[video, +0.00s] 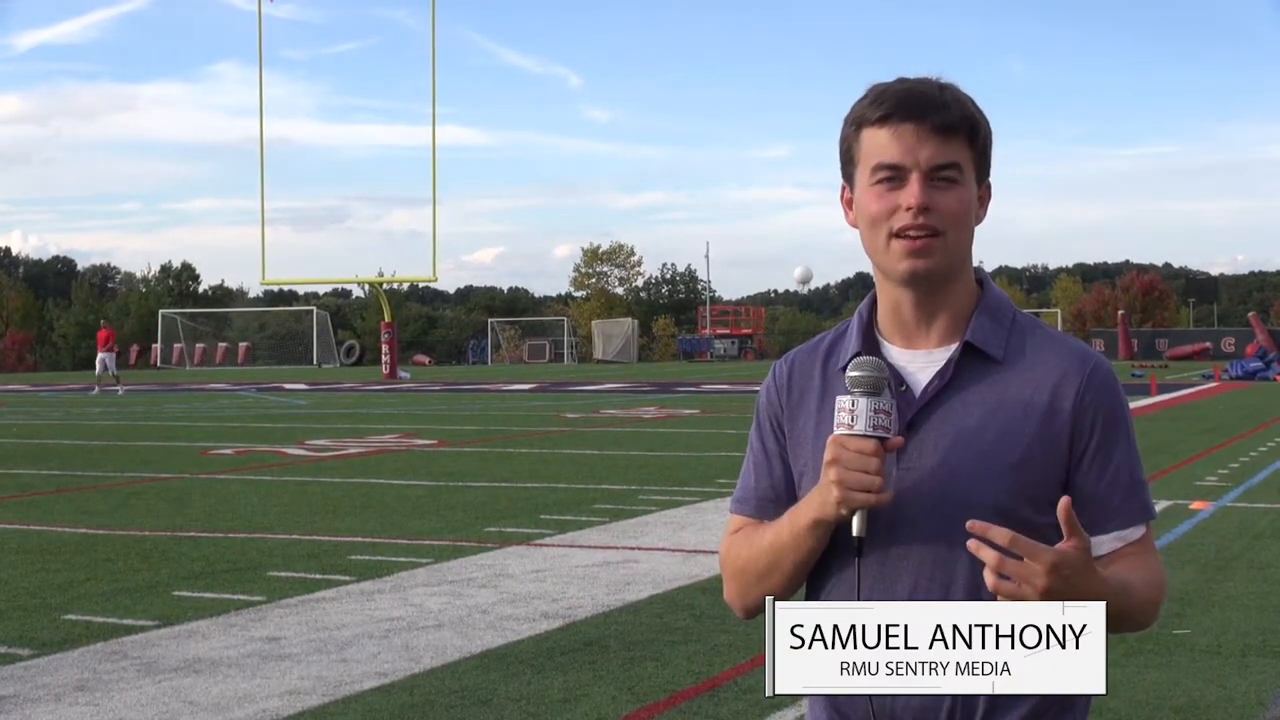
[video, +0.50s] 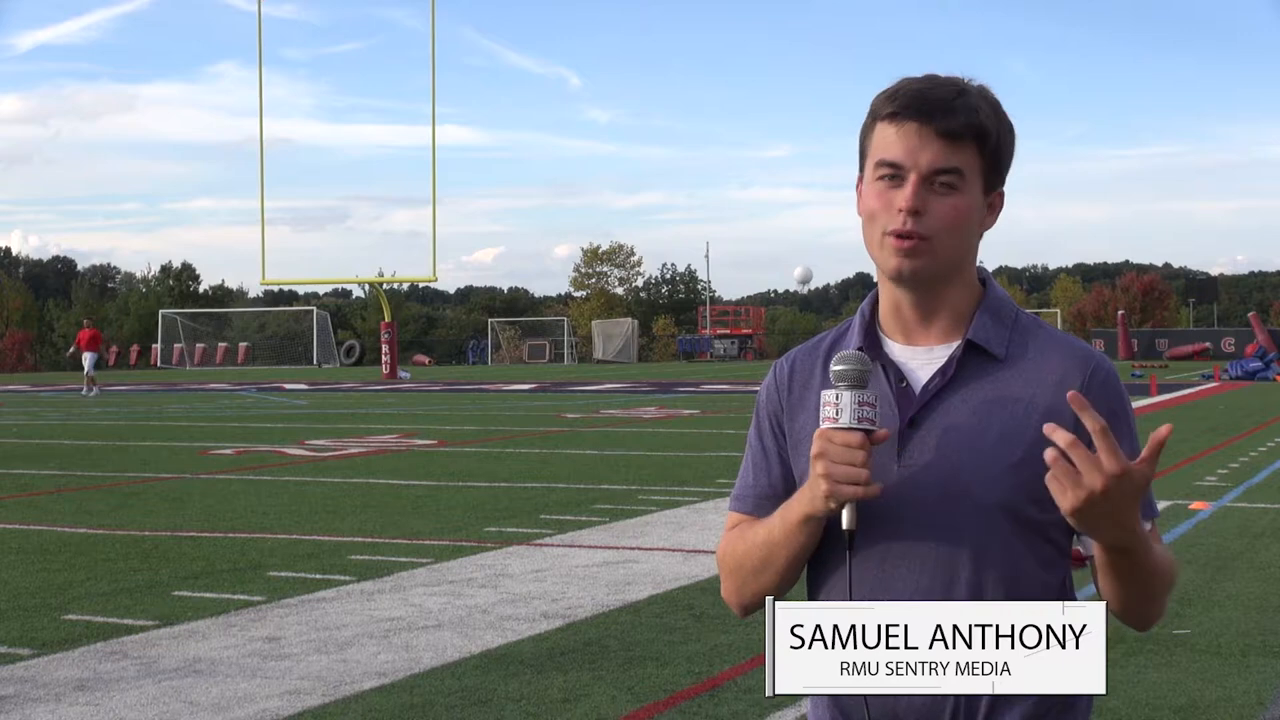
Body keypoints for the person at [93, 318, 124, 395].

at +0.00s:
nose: (103, 325)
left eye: (104, 323)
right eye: (102, 323)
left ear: (107, 324)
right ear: (100, 324)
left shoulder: (110, 332)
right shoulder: (99, 332)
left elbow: (111, 343)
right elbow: (99, 342)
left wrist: (104, 349)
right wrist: (98, 351)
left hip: (109, 353)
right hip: (101, 353)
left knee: (113, 372)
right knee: (98, 372)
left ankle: (120, 387)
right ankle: (97, 388)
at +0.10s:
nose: (98, 323)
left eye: (99, 322)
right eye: (97, 322)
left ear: (102, 322)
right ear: (96, 323)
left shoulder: (106, 331)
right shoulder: (95, 332)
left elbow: (109, 342)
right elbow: (94, 342)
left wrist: (104, 350)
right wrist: (94, 351)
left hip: (104, 353)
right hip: (96, 353)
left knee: (105, 372)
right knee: (96, 372)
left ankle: (116, 384)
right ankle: (97, 388)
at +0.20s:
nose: (95, 323)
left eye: (96, 321)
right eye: (94, 322)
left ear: (99, 322)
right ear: (93, 323)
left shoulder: (104, 331)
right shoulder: (91, 331)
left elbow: (107, 342)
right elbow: (89, 343)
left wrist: (105, 352)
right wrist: (87, 353)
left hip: (100, 352)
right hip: (92, 352)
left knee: (99, 371)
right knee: (94, 372)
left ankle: (107, 383)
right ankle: (97, 387)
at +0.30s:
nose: (91, 323)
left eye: (92, 321)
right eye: (90, 321)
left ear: (95, 322)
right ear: (89, 322)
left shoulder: (100, 331)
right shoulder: (87, 331)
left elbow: (105, 342)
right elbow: (84, 343)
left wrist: (106, 352)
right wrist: (81, 352)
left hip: (98, 351)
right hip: (90, 351)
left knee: (93, 369)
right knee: (93, 370)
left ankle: (97, 387)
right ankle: (97, 387)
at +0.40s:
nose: (88, 323)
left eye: (90, 321)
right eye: (87, 321)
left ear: (93, 322)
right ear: (86, 322)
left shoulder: (98, 331)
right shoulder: (84, 332)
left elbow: (103, 343)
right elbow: (79, 343)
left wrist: (105, 353)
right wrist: (74, 351)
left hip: (95, 352)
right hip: (87, 352)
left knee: (90, 370)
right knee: (91, 371)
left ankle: (89, 387)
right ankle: (96, 388)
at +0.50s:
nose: (86, 324)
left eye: (87, 322)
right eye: (85, 322)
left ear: (91, 323)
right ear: (83, 323)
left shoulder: (95, 332)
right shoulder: (81, 332)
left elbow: (100, 344)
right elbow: (76, 344)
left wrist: (104, 353)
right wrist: (70, 351)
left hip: (92, 353)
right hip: (84, 353)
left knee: (87, 371)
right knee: (88, 372)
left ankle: (85, 388)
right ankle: (95, 388)